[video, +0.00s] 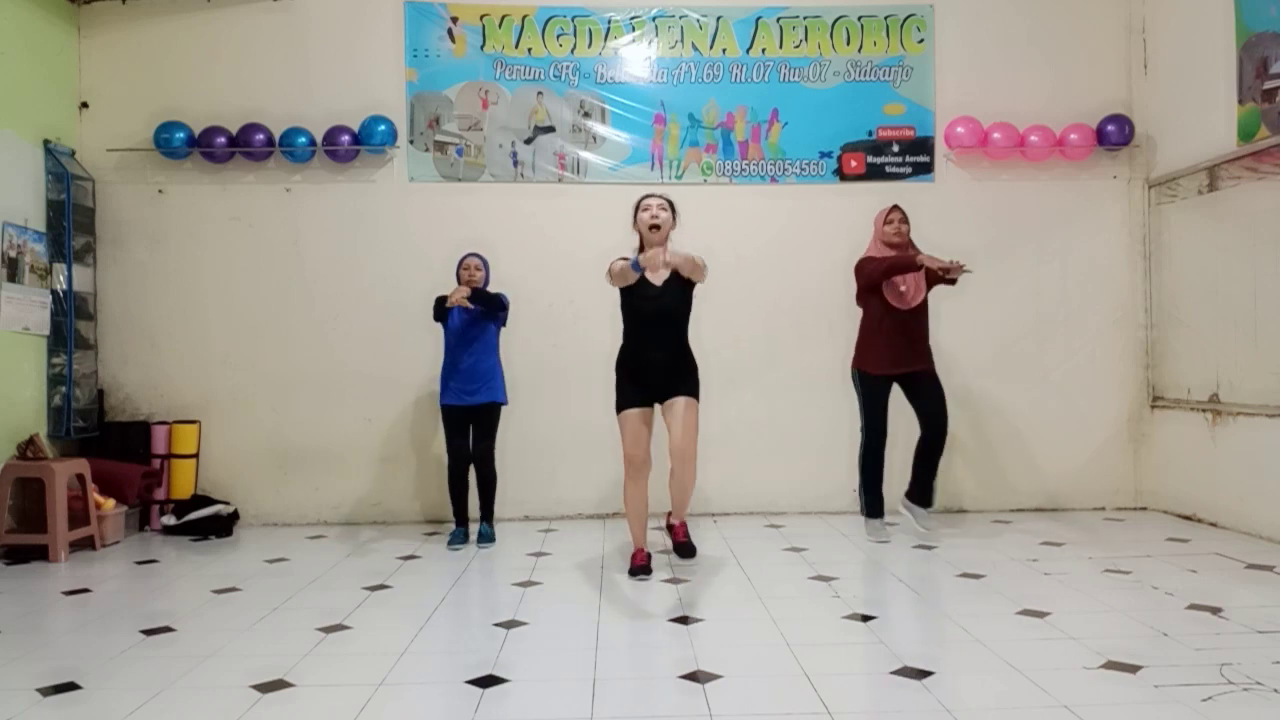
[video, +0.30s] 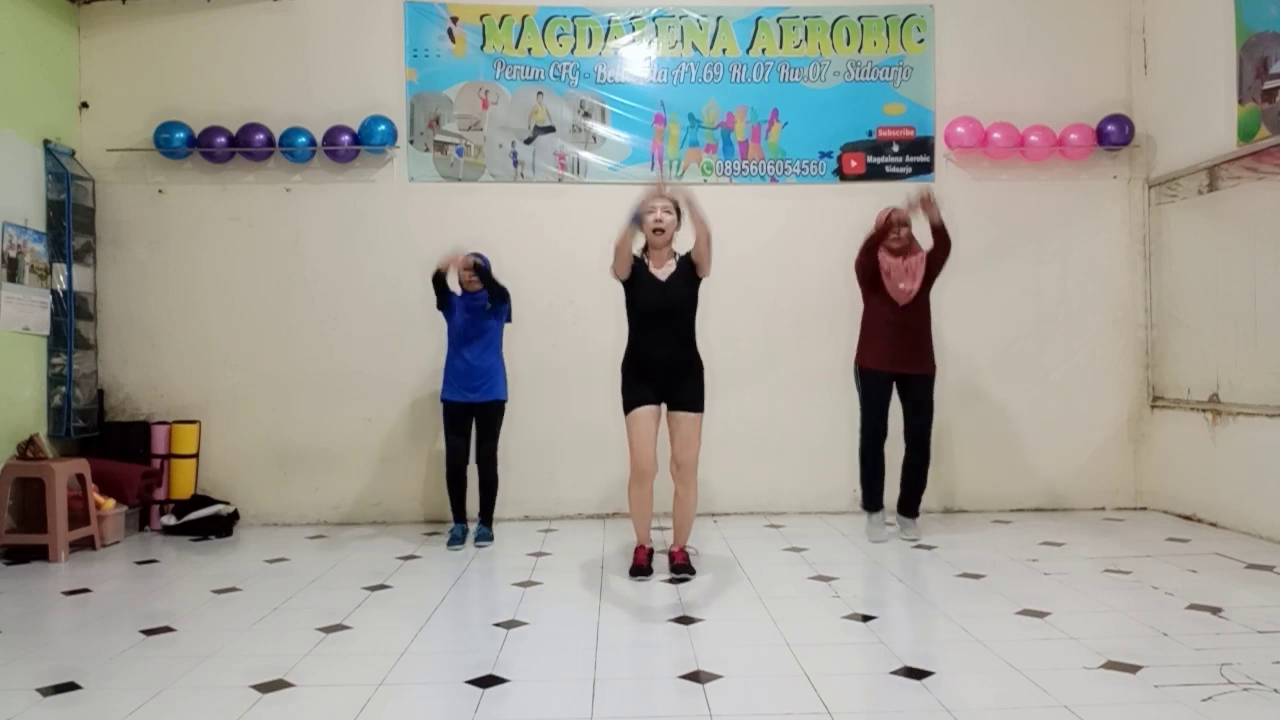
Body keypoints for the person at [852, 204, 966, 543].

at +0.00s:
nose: (898, 226)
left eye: (902, 221)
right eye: (890, 222)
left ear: (910, 230)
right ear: (878, 232)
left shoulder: (918, 264)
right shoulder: (866, 265)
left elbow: (932, 278)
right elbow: (883, 269)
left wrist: (948, 274)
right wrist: (919, 261)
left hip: (914, 361)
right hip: (874, 363)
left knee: (936, 426)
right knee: (874, 436)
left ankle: (917, 501)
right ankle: (873, 514)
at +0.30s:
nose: (899, 234)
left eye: (904, 229)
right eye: (893, 230)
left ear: (911, 234)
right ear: (882, 237)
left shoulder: (924, 265)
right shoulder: (870, 268)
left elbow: (943, 246)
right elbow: (864, 258)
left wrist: (933, 216)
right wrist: (879, 229)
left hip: (917, 361)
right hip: (875, 360)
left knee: (918, 438)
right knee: (873, 435)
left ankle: (908, 513)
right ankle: (874, 511)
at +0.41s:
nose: (897, 226)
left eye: (903, 221)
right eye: (890, 222)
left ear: (912, 230)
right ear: (879, 231)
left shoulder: (923, 261)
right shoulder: (868, 263)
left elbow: (939, 221)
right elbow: (863, 220)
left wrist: (921, 177)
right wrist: (888, 175)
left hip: (917, 359)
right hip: (876, 358)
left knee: (914, 436)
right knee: (879, 432)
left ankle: (908, 510)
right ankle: (879, 501)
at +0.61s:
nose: (903, 233)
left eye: (907, 228)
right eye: (896, 228)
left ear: (912, 233)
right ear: (881, 233)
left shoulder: (922, 260)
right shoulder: (863, 262)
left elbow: (948, 220)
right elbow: (847, 211)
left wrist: (913, 189)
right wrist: (878, 183)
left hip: (917, 363)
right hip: (876, 364)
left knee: (918, 440)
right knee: (880, 438)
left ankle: (907, 513)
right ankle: (877, 515)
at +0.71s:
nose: (902, 230)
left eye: (908, 224)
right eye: (896, 223)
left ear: (913, 226)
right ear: (882, 225)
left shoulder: (922, 252)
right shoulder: (863, 250)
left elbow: (951, 217)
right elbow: (842, 206)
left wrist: (915, 200)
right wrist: (873, 191)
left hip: (913, 352)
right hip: (872, 352)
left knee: (929, 424)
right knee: (876, 430)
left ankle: (910, 501)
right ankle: (877, 511)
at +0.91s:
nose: (898, 236)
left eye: (903, 230)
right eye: (891, 231)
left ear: (909, 237)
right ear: (878, 237)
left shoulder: (923, 269)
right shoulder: (865, 269)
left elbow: (953, 229)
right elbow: (846, 224)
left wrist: (915, 207)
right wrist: (872, 200)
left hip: (913, 369)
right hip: (871, 369)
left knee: (920, 445)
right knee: (876, 443)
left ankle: (908, 517)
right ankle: (878, 518)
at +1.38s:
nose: (893, 216)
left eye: (897, 212)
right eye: (885, 213)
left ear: (905, 220)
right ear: (874, 224)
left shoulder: (920, 258)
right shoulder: (863, 262)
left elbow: (938, 298)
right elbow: (865, 310)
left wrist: (944, 335)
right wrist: (895, 342)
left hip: (912, 355)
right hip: (870, 355)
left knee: (920, 429)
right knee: (868, 431)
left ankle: (907, 505)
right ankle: (865, 510)